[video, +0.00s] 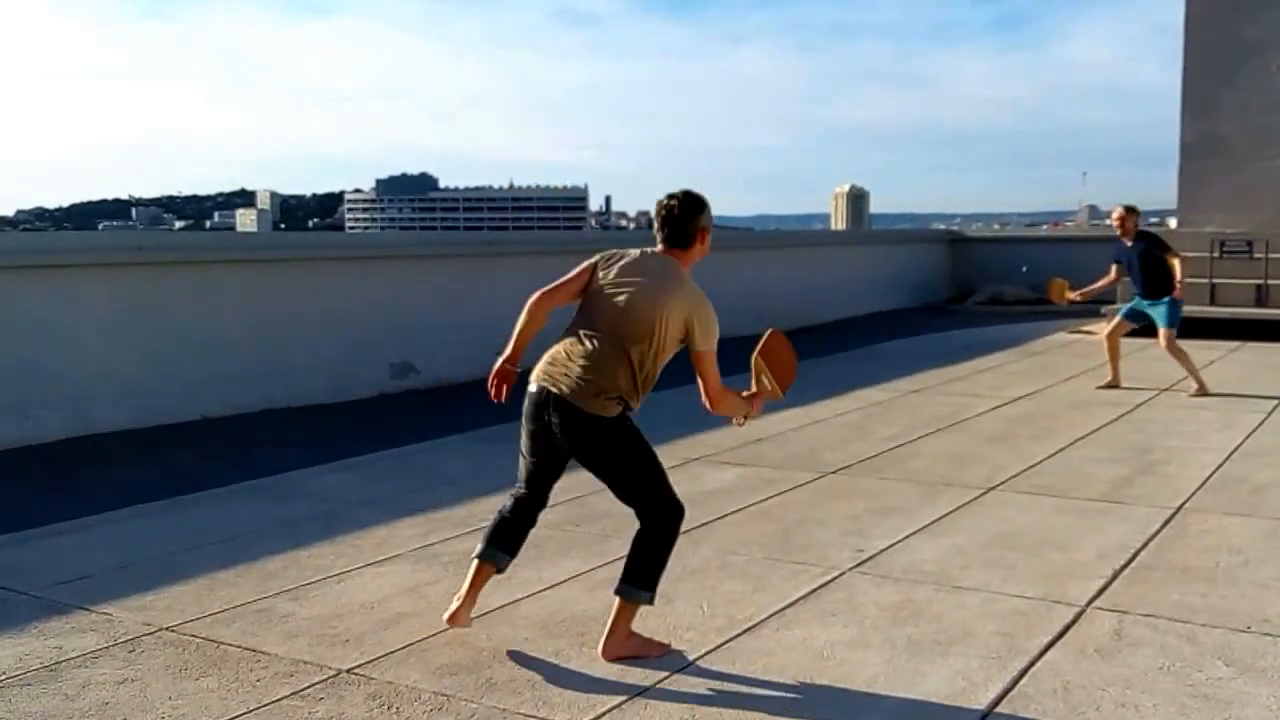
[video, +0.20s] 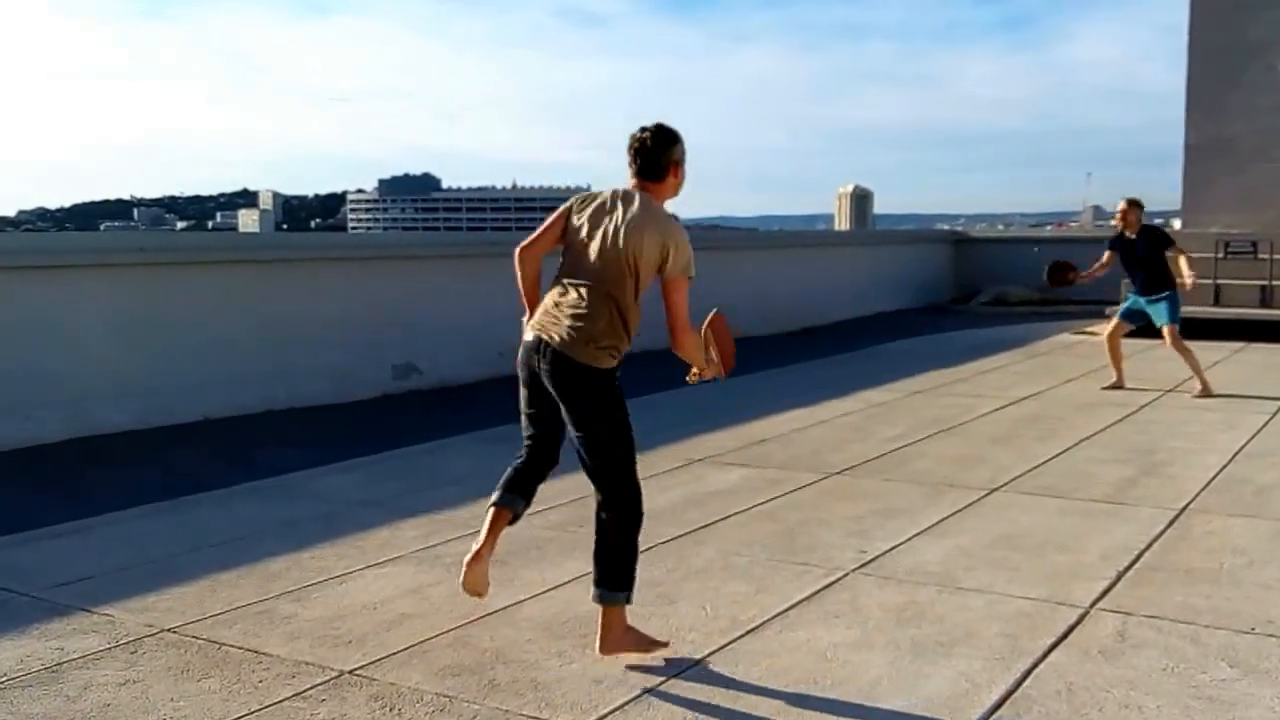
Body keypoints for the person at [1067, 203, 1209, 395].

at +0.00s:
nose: (1117, 225)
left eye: (1121, 220)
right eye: (1115, 221)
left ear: (1134, 221)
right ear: (1113, 223)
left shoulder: (1149, 239)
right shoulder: (1121, 248)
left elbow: (1175, 259)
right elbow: (1113, 277)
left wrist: (1179, 283)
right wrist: (1084, 293)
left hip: (1165, 300)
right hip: (1141, 300)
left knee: (1167, 342)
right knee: (1110, 334)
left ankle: (1200, 384)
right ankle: (1114, 378)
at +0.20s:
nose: (1118, 216)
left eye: (1123, 213)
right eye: (1118, 212)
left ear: (1137, 215)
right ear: (1120, 215)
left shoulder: (1154, 233)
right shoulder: (1118, 240)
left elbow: (1179, 253)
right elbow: (1105, 264)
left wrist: (1187, 274)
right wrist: (1087, 275)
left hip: (1164, 296)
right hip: (1139, 298)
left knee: (1172, 340)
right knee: (1111, 335)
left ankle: (1203, 383)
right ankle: (1118, 379)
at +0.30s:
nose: (1125, 202)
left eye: (1130, 198)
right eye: (1123, 198)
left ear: (1141, 202)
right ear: (1120, 201)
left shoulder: (1155, 223)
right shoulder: (1118, 226)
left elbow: (1183, 242)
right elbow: (1107, 251)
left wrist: (1193, 254)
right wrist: (1096, 253)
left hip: (1159, 287)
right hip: (1133, 289)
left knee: (1174, 330)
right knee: (1114, 334)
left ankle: (1200, 379)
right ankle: (1120, 379)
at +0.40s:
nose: (1132, 190)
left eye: (1137, 187)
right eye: (1130, 186)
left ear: (1146, 191)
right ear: (1125, 189)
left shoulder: (1158, 212)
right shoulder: (1121, 214)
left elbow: (1182, 228)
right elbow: (1115, 232)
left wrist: (1200, 235)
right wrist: (1119, 232)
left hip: (1160, 279)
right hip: (1133, 280)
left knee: (1175, 326)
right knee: (1121, 330)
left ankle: (1193, 373)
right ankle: (1119, 375)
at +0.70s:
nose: (1144, 199)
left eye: (1148, 195)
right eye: (1141, 195)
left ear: (1156, 200)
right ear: (1135, 199)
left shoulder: (1165, 222)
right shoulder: (1129, 222)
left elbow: (1186, 242)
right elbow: (1125, 232)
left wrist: (1196, 245)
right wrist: (1145, 218)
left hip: (1162, 289)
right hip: (1134, 288)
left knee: (1173, 333)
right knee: (1120, 333)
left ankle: (1188, 382)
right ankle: (1117, 377)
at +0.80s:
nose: (1147, 201)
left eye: (1151, 198)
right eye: (1144, 197)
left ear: (1158, 201)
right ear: (1137, 200)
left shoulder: (1168, 225)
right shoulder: (1128, 224)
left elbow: (1177, 253)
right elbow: (1126, 245)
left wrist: (1184, 269)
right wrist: (1146, 243)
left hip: (1164, 290)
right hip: (1136, 288)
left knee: (1176, 334)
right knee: (1119, 334)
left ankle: (1193, 379)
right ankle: (1119, 377)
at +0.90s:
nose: (1151, 203)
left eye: (1155, 199)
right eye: (1148, 199)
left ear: (1162, 203)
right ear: (1142, 202)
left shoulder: (1173, 227)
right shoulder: (1132, 228)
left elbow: (1179, 260)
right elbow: (1125, 259)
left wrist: (1178, 284)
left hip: (1165, 290)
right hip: (1138, 289)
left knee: (1178, 335)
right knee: (1121, 334)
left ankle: (1196, 378)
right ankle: (1121, 378)